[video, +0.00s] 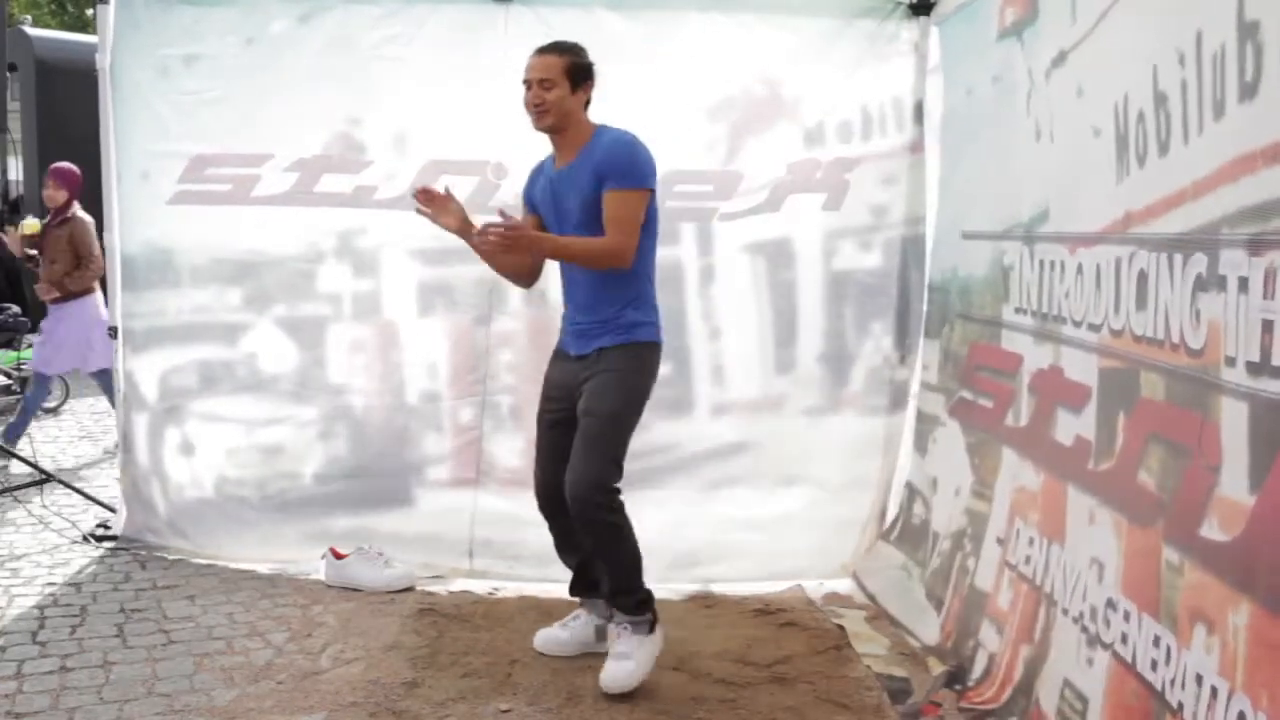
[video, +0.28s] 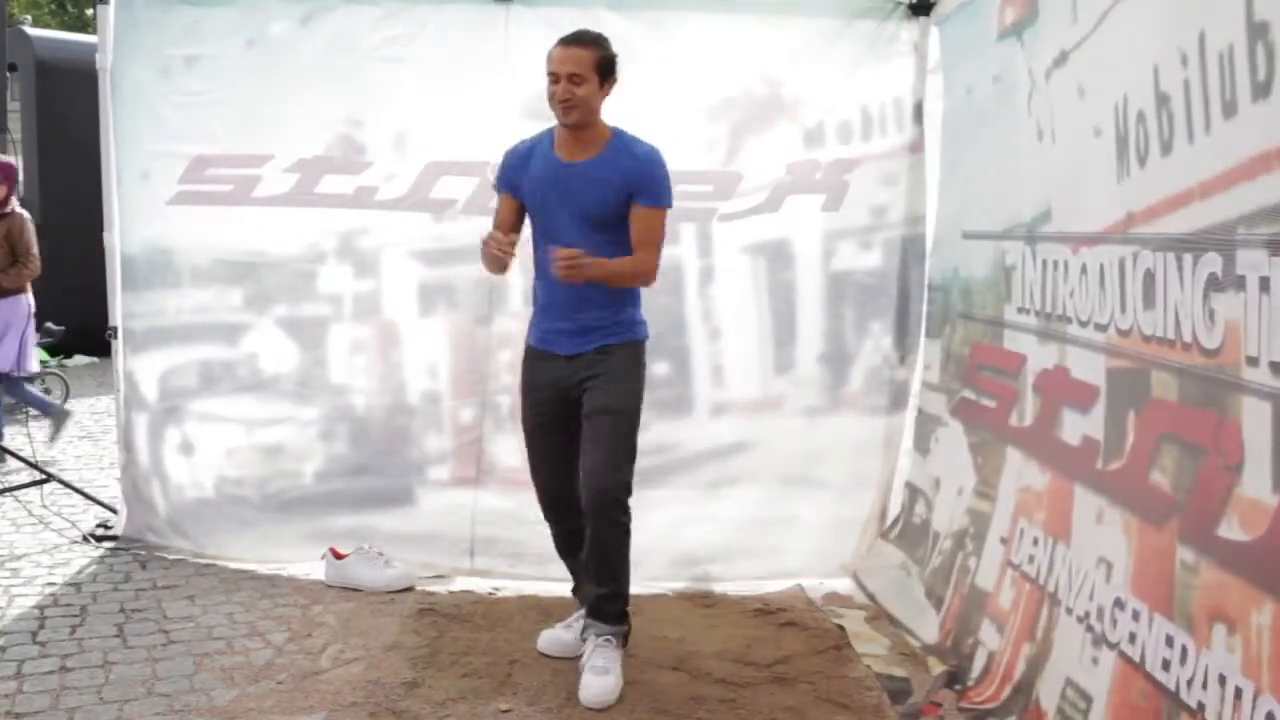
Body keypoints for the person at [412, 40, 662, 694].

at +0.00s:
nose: (533, 97)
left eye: (546, 86)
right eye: (528, 87)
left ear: (583, 92)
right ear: (527, 95)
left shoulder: (621, 153)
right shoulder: (540, 180)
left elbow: (620, 250)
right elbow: (525, 271)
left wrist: (542, 243)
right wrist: (466, 229)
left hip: (626, 346)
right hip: (572, 350)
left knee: (589, 486)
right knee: (553, 487)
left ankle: (637, 622)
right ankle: (596, 609)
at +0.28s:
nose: (563, 91)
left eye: (577, 81)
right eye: (555, 79)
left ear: (606, 87)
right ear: (546, 83)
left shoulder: (640, 163)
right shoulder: (524, 159)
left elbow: (645, 268)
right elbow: (498, 258)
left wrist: (595, 266)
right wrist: (497, 251)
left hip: (614, 351)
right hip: (546, 352)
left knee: (601, 493)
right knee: (557, 499)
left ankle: (606, 633)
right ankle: (595, 607)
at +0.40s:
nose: (583, 99)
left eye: (597, 88)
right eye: (574, 86)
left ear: (623, 92)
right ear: (561, 87)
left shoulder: (650, 176)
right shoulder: (523, 148)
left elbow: (661, 280)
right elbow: (443, 213)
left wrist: (678, 263)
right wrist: (448, 185)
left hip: (609, 349)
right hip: (536, 354)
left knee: (604, 482)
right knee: (554, 499)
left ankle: (611, 622)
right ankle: (590, 610)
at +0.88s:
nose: (547, 85)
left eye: (560, 73)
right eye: (538, 75)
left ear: (591, 78)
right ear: (529, 84)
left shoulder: (632, 157)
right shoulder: (520, 155)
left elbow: (633, 263)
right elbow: (481, 247)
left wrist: (580, 212)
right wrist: (458, 175)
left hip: (600, 356)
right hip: (530, 348)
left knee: (599, 504)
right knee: (489, 478)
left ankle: (607, 632)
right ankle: (543, 564)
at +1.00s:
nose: (524, 72)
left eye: (535, 59)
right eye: (513, 62)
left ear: (566, 65)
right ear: (506, 72)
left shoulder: (608, 129)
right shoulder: (507, 148)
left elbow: (585, 220)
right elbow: (493, 248)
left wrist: (497, 177)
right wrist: (473, 190)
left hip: (599, 343)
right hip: (530, 338)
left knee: (607, 492)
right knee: (497, 477)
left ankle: (617, 630)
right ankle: (522, 591)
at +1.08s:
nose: (512, 82)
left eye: (523, 71)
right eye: (501, 72)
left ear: (551, 78)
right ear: (492, 84)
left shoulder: (594, 135)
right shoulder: (495, 167)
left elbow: (568, 216)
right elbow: (494, 262)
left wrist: (465, 200)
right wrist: (469, 217)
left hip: (596, 349)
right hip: (527, 348)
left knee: (613, 497)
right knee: (504, 489)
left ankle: (624, 630)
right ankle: (524, 606)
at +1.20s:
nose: (491, 88)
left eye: (503, 77)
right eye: (480, 78)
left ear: (529, 84)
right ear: (469, 90)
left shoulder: (575, 136)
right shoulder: (479, 180)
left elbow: (568, 230)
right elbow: (480, 278)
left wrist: (501, 285)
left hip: (592, 345)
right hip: (524, 346)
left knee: (592, 493)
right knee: (504, 489)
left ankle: (617, 624)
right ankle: (523, 609)